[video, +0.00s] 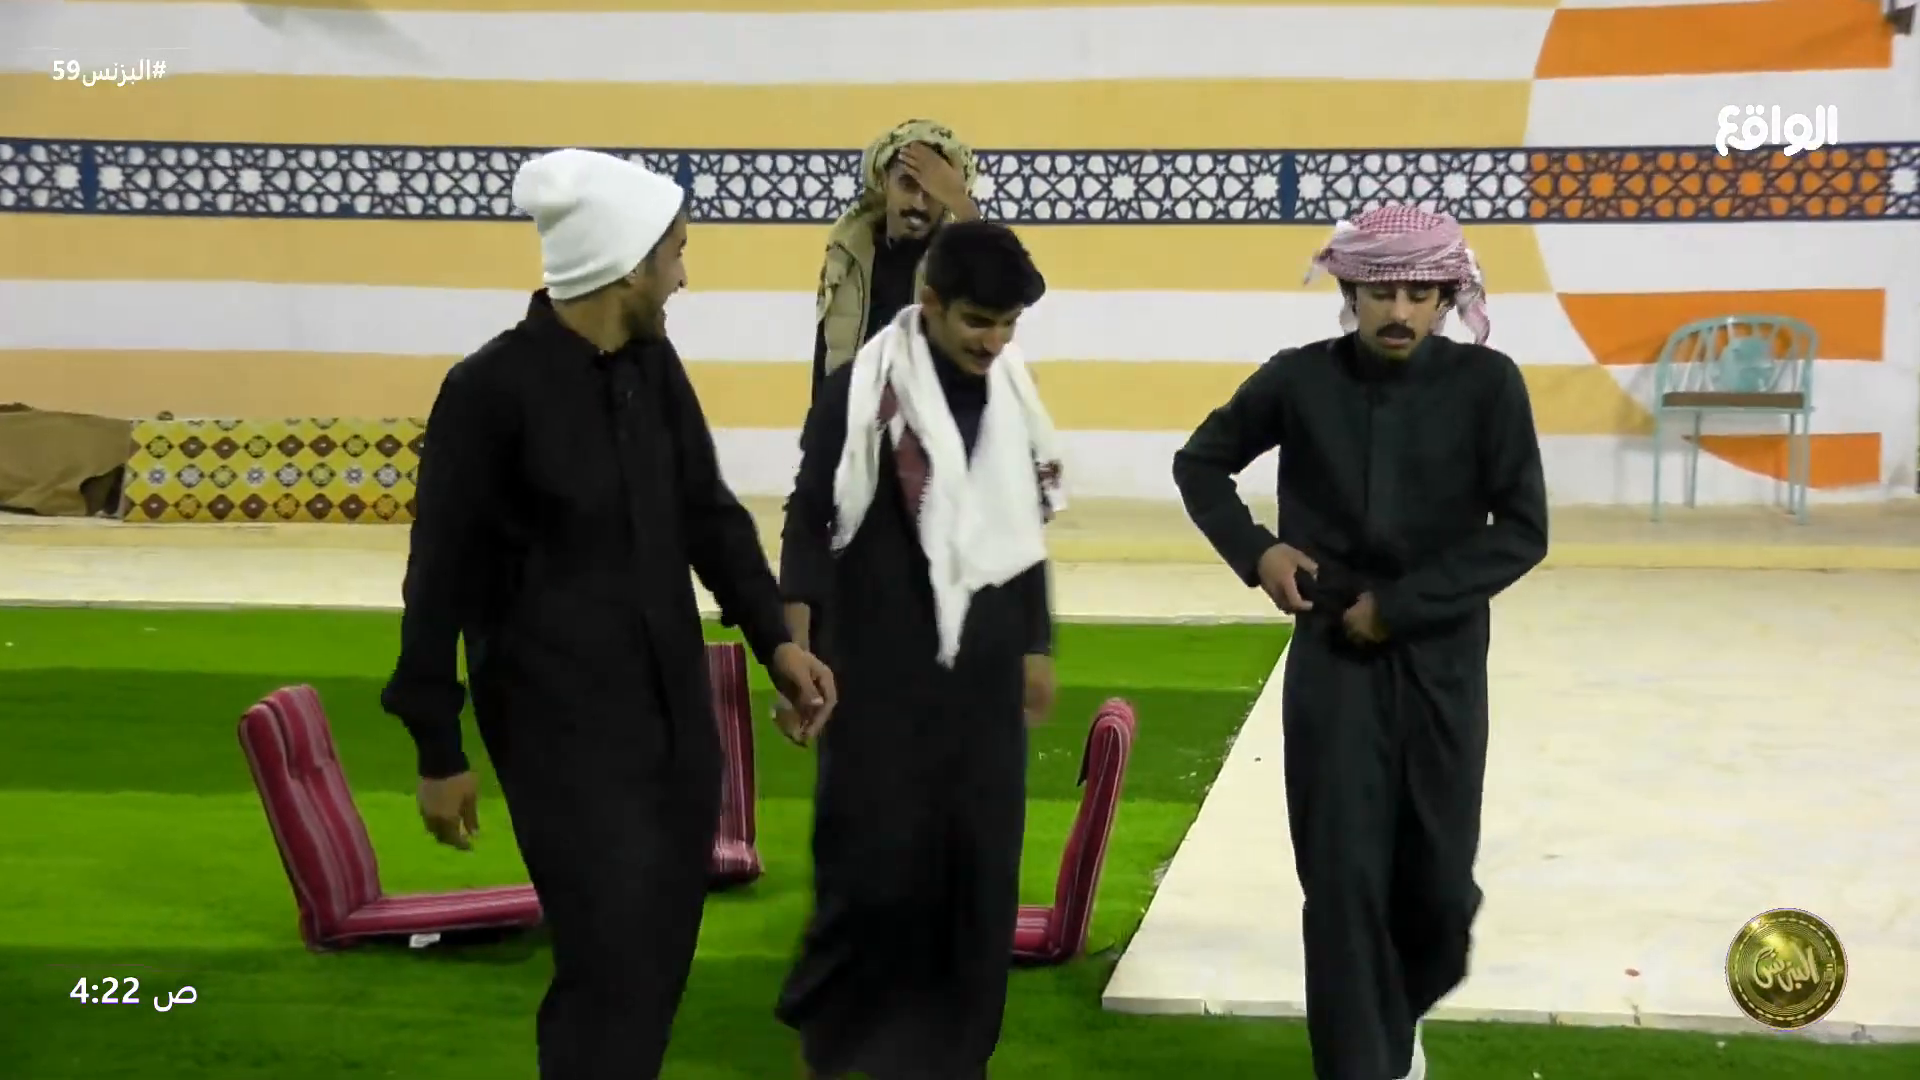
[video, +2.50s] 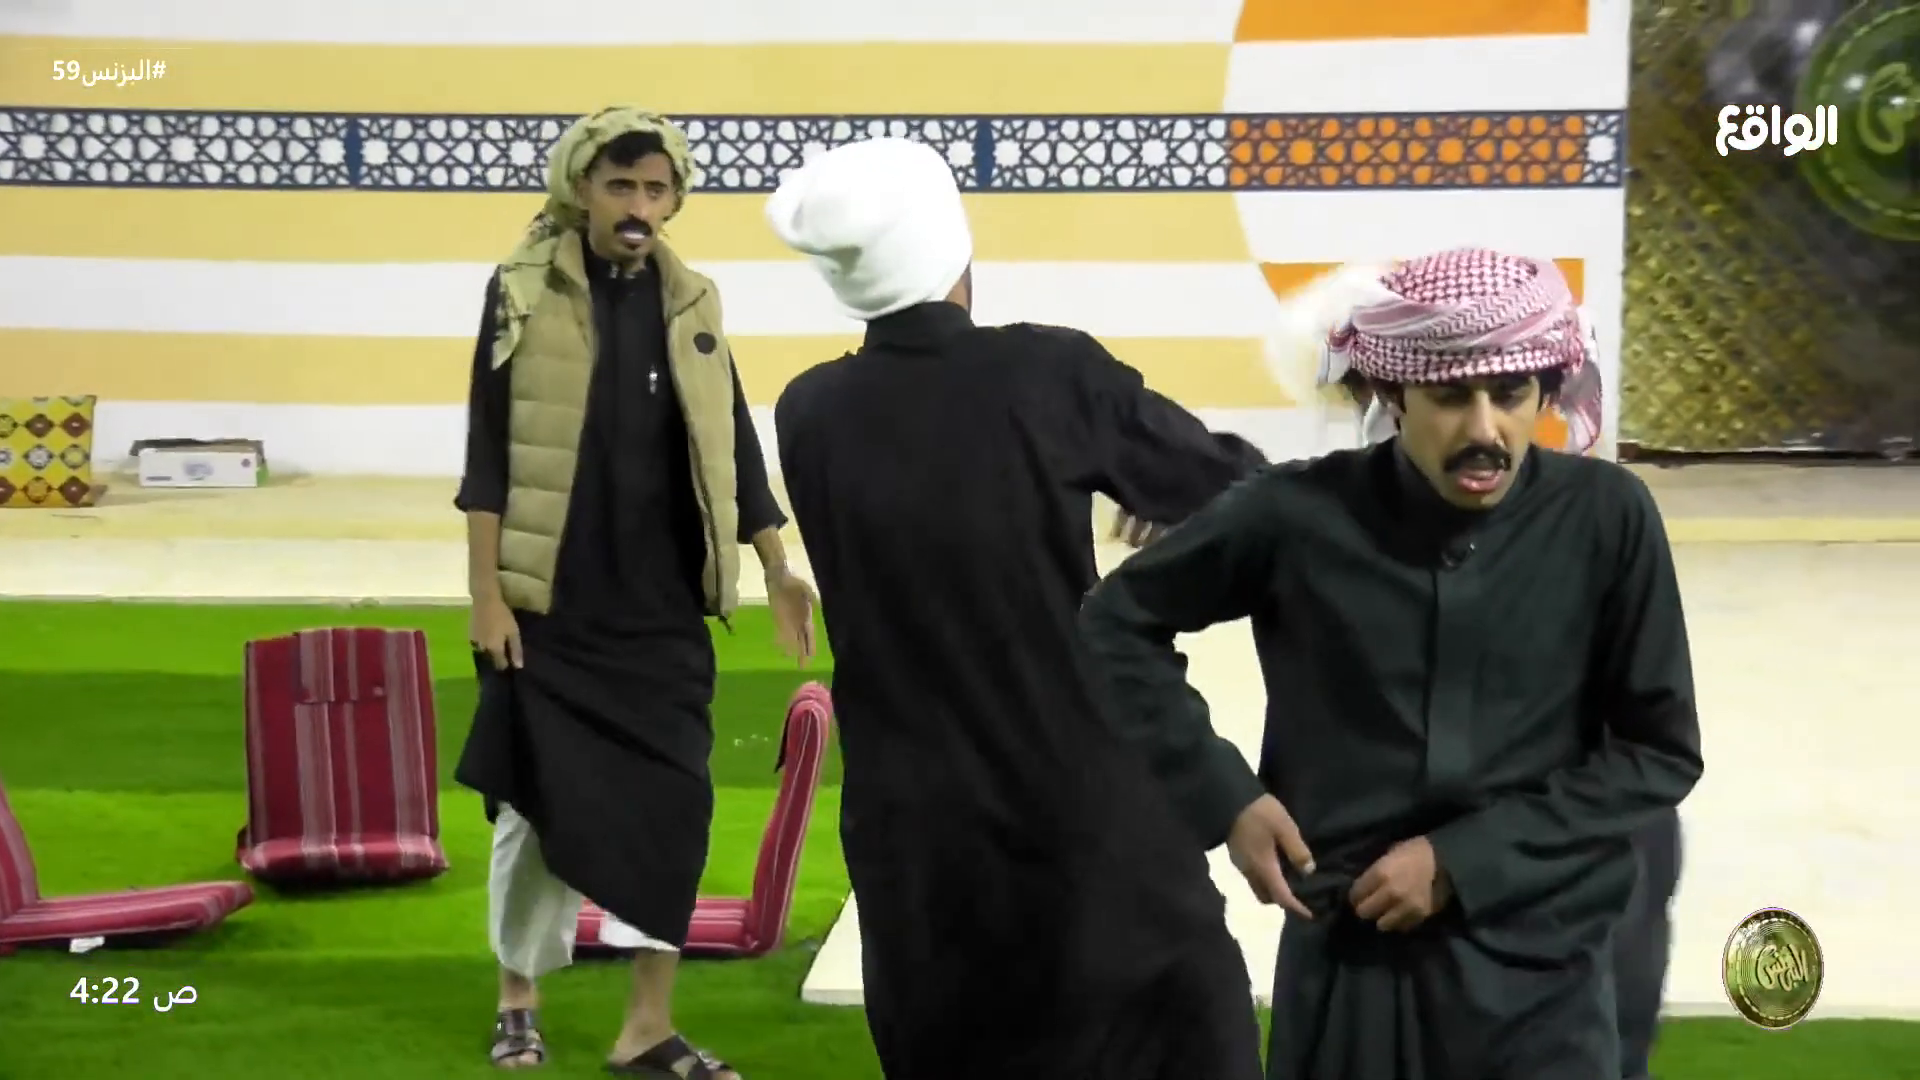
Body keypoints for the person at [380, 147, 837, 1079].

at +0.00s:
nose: (683, 276)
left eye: (681, 253)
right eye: (671, 254)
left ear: (615, 264)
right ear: (615, 263)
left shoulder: (651, 366)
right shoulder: (489, 390)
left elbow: (708, 511)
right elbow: (435, 579)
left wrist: (777, 638)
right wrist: (438, 752)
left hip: (673, 720)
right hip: (560, 731)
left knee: (660, 969)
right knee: (607, 974)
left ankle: (620, 1073)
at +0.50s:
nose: (685, 249)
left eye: (681, 222)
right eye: (676, 221)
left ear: (607, 241)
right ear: (632, 236)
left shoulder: (613, 369)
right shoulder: (532, 379)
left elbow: (660, 566)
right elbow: (602, 587)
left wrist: (802, 653)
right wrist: (808, 610)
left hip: (669, 785)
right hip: (582, 807)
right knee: (596, 1044)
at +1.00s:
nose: (859, 234)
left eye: (851, 204)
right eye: (830, 207)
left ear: (765, 238)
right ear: (751, 236)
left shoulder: (862, 362)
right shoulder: (636, 389)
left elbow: (911, 554)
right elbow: (619, 616)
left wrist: (991, 588)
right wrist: (821, 694)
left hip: (871, 825)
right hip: (714, 837)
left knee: (863, 1055)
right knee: (756, 1057)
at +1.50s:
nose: (1034, 289)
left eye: (1033, 257)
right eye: (1029, 257)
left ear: (956, 266)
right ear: (975, 268)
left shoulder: (844, 400)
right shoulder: (897, 402)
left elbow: (948, 617)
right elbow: (1017, 616)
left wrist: (1087, 550)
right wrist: (1179, 619)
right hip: (955, 904)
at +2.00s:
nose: (1128, 286)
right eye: (1120, 265)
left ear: (984, 277)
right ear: (1099, 281)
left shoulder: (909, 400)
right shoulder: (1109, 412)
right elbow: (1211, 596)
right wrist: (1259, 438)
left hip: (929, 838)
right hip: (1083, 844)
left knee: (926, 1047)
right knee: (1084, 1050)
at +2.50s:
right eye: (963, 237)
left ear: (847, 283)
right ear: (962, 260)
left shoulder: (808, 415)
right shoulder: (1056, 372)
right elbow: (1237, 491)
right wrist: (1167, 528)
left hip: (908, 825)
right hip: (1082, 801)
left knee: (942, 1046)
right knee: (1171, 1037)